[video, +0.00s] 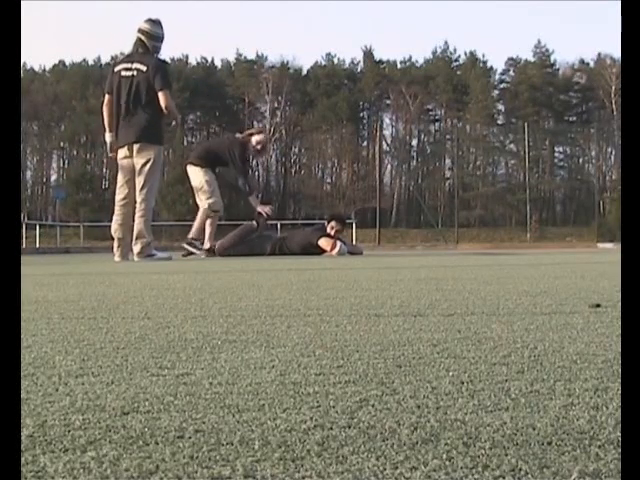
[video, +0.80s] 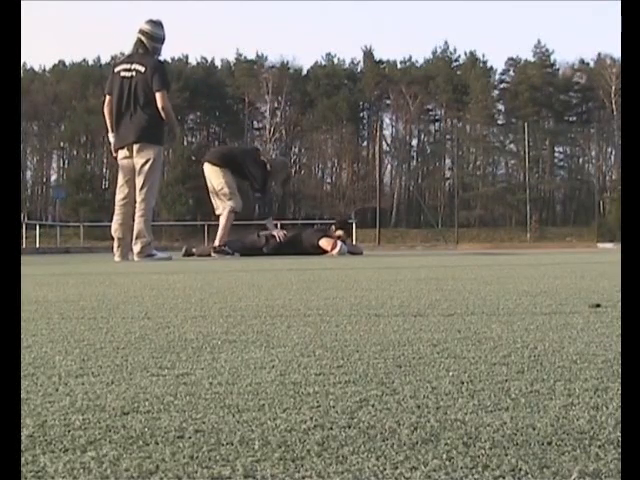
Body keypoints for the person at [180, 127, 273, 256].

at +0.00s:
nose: (259, 148)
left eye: (262, 146)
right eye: (258, 143)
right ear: (250, 137)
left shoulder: (242, 149)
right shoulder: (237, 146)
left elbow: (246, 178)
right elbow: (242, 181)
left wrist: (257, 203)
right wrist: (257, 205)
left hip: (207, 166)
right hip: (198, 164)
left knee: (215, 208)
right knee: (208, 204)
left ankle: (208, 246)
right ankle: (192, 238)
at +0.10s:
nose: (261, 151)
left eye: (264, 151)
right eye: (262, 146)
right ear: (255, 139)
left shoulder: (244, 151)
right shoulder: (239, 148)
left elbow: (247, 180)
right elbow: (244, 181)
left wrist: (258, 206)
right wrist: (258, 208)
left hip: (208, 166)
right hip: (199, 163)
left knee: (216, 206)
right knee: (211, 203)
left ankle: (209, 243)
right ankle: (200, 240)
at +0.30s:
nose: (270, 158)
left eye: (271, 155)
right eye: (269, 154)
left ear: (260, 148)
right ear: (261, 149)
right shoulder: (244, 153)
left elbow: (251, 188)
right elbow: (251, 187)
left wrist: (261, 215)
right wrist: (265, 217)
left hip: (202, 164)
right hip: (207, 165)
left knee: (211, 209)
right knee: (218, 205)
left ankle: (208, 246)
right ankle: (218, 246)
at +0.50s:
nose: (274, 173)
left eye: (277, 172)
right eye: (277, 170)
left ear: (270, 158)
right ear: (273, 161)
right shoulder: (253, 161)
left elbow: (256, 193)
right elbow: (257, 193)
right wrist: (269, 222)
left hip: (204, 164)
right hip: (214, 166)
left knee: (215, 210)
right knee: (226, 205)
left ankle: (208, 245)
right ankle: (218, 246)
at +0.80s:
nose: (279, 179)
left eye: (281, 176)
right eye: (281, 176)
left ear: (273, 165)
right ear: (277, 170)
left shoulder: (259, 166)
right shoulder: (261, 171)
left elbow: (261, 202)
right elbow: (261, 203)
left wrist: (271, 227)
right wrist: (273, 229)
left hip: (211, 162)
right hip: (217, 164)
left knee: (226, 207)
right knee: (231, 205)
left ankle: (220, 245)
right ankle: (219, 245)